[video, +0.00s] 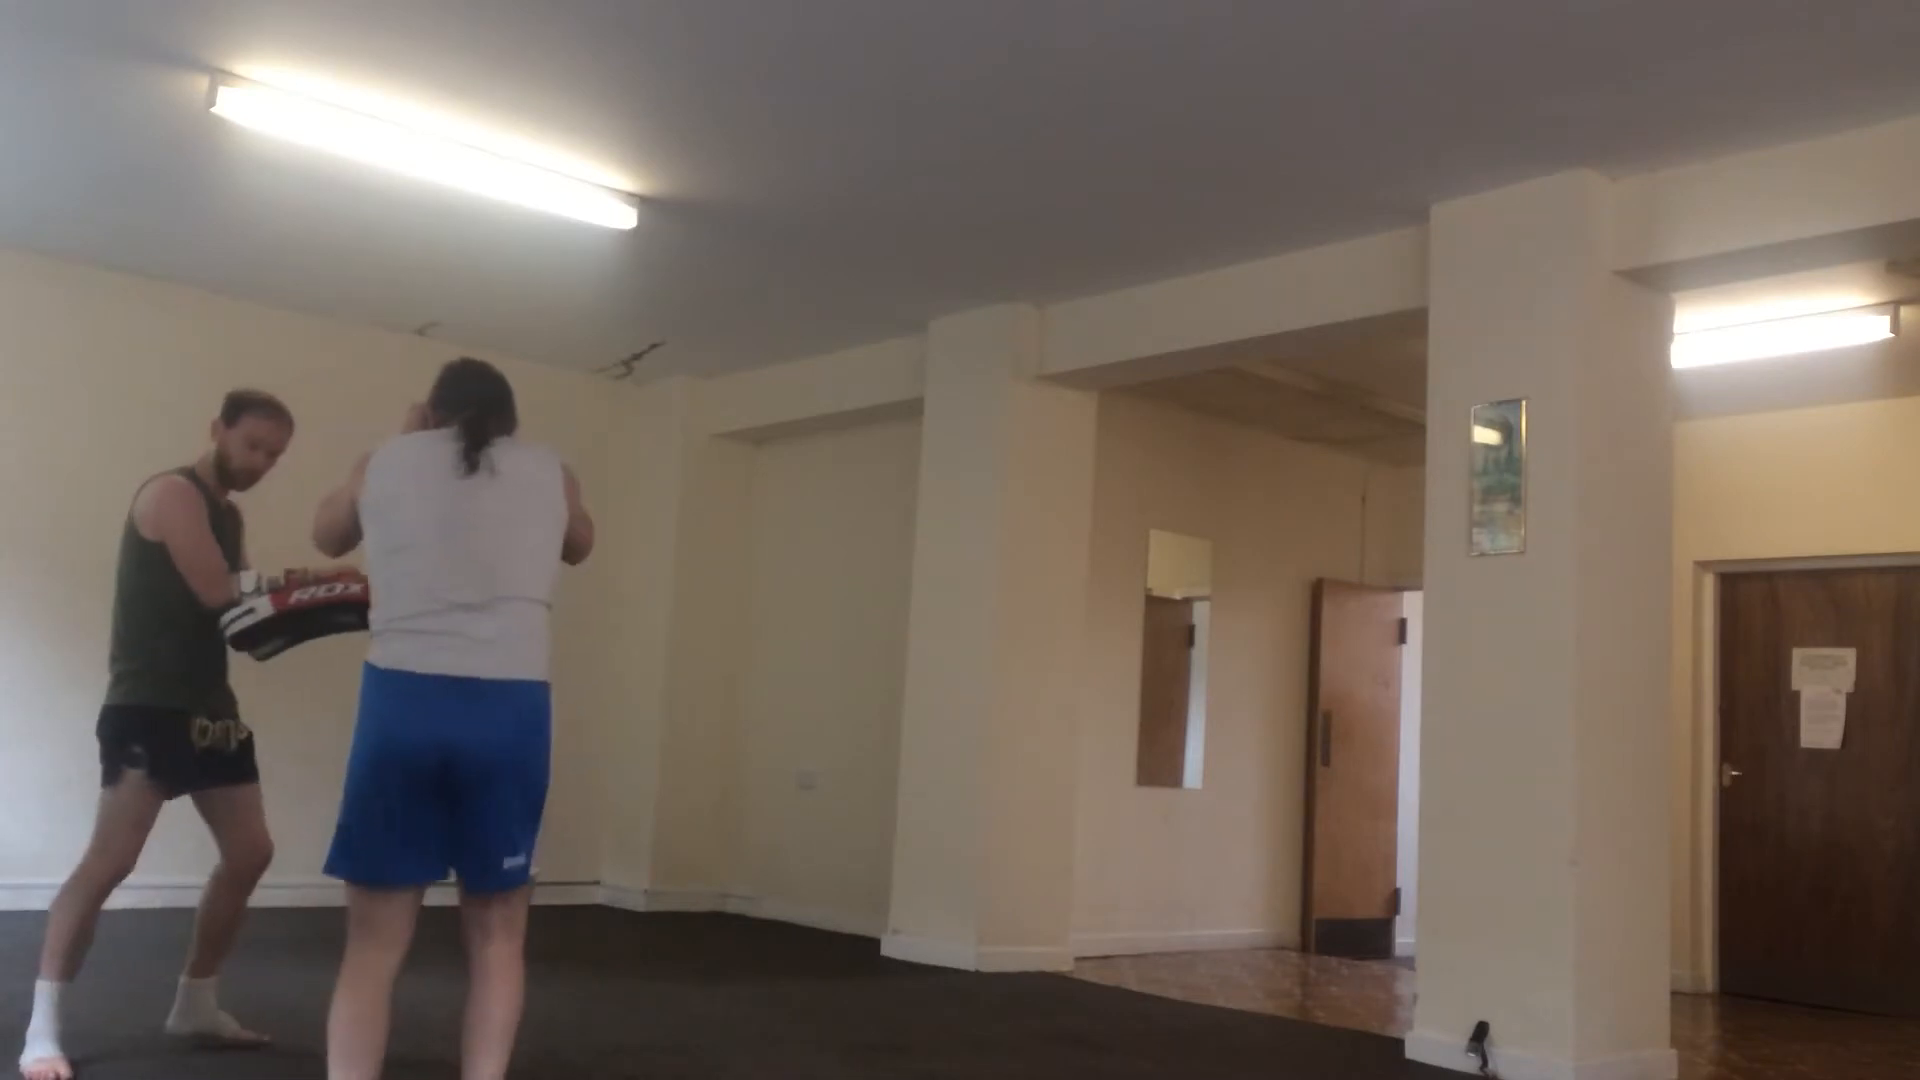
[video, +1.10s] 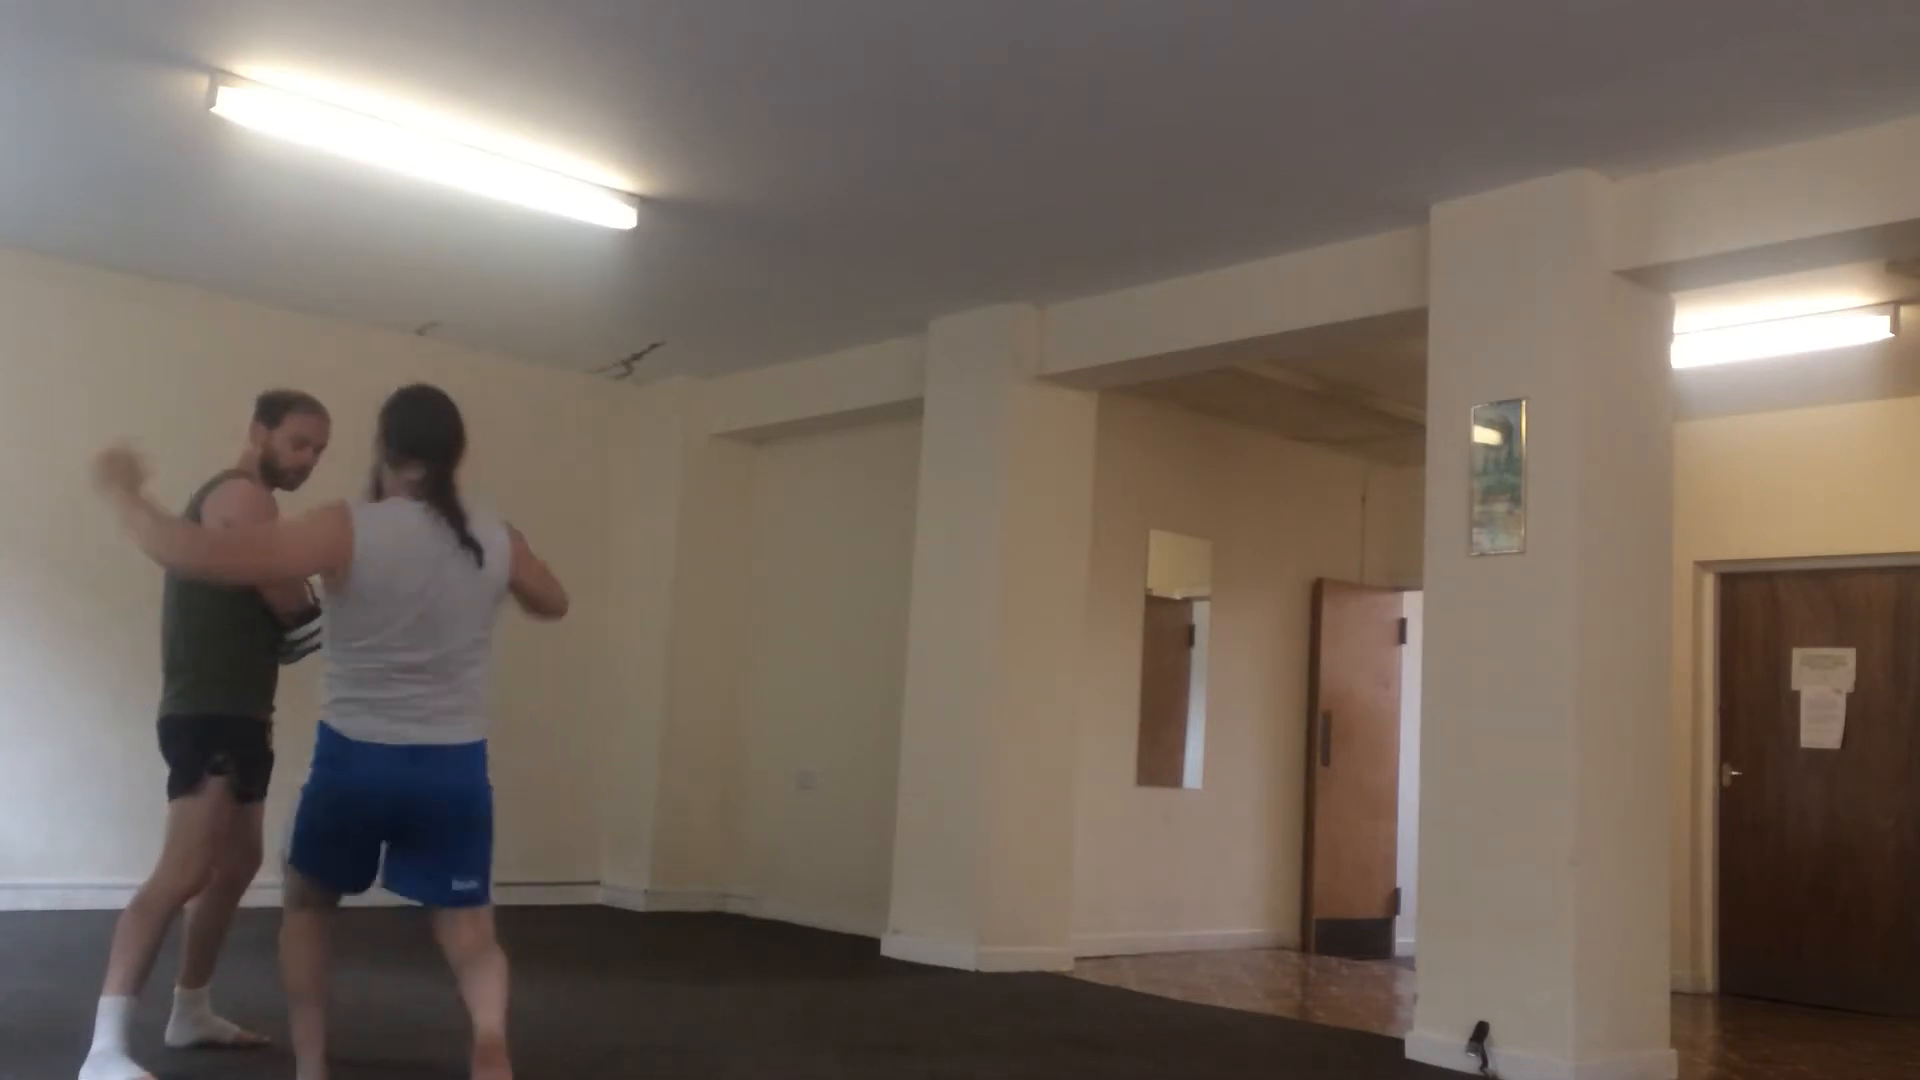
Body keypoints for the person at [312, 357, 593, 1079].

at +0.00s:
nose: (421, 406)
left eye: (428, 399)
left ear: (431, 407)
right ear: (508, 415)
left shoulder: (384, 462)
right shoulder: (549, 472)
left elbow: (329, 533)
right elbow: (579, 546)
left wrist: (398, 450)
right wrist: (521, 491)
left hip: (401, 714)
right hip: (509, 719)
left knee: (374, 944)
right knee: (498, 937)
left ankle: (350, 1073)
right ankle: (483, 1073)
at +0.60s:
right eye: (536, 413)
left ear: (454, 406)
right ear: (529, 413)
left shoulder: (400, 460)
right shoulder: (547, 469)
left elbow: (337, 513)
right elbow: (617, 522)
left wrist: (408, 479)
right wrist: (555, 447)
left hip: (378, 711)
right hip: (486, 715)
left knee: (366, 944)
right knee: (502, 939)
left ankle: (347, 1075)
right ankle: (478, 1074)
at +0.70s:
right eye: (541, 425)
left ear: (459, 427)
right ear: (535, 431)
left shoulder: (402, 483)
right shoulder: (557, 492)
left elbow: (321, 505)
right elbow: (629, 528)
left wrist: (408, 481)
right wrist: (560, 451)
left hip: (378, 730)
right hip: (485, 736)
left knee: (365, 946)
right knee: (509, 950)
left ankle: (345, 1073)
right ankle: (478, 1075)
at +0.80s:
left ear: (466, 454)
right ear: (542, 461)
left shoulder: (406, 510)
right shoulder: (560, 521)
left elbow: (285, 533)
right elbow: (642, 546)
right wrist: (571, 472)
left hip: (373, 757)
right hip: (479, 765)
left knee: (355, 924)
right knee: (525, 963)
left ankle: (314, 1072)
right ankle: (489, 1076)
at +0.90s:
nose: (451, 464)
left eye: (454, 455)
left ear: (454, 460)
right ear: (528, 466)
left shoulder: (395, 519)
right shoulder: (556, 533)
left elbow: (264, 560)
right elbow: (623, 558)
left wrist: (151, 583)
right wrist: (554, 484)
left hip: (364, 762)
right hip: (466, 775)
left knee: (340, 912)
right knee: (523, 975)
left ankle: (302, 1069)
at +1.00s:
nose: (409, 457)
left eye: (414, 447)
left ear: (422, 453)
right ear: (493, 459)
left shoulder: (375, 520)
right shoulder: (526, 535)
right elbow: (582, 566)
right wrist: (508, 492)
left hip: (358, 766)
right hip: (459, 776)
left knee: (323, 910)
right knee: (498, 986)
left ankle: (310, 1066)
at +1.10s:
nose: (369, 450)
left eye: (372, 440)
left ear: (385, 448)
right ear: (458, 454)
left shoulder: (346, 527)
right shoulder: (494, 539)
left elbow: (199, 552)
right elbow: (551, 601)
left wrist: (125, 498)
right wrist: (487, 561)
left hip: (353, 767)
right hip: (454, 771)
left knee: (309, 906)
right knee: (472, 933)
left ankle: (311, 1066)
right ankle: (493, 1049)